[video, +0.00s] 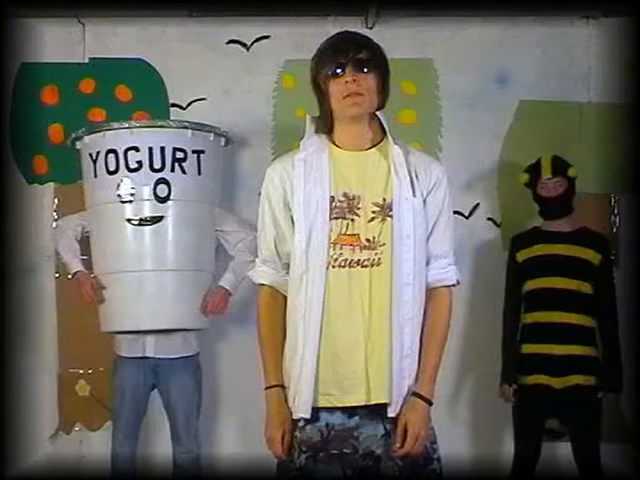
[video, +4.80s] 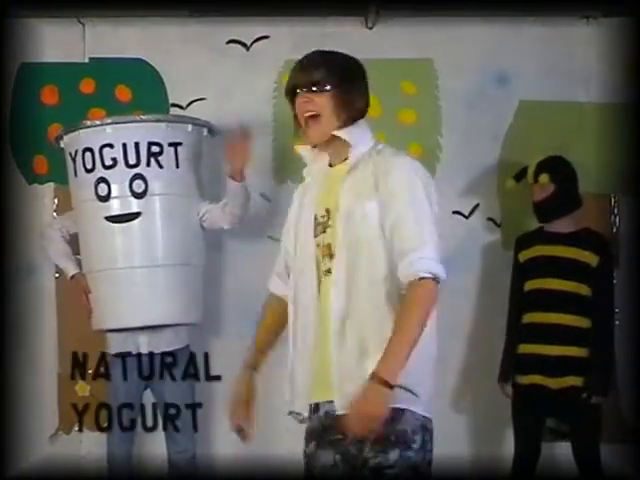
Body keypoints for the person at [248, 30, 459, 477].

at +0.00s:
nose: (352, 80)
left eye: (365, 68)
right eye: (337, 71)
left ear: (383, 83)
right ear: (321, 88)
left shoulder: (424, 173)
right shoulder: (285, 175)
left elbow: (440, 286)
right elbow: (272, 287)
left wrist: (422, 395)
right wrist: (275, 395)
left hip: (398, 412)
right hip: (314, 414)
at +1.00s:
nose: (283, 85)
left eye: (295, 71)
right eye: (268, 75)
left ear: (315, 84)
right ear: (253, 92)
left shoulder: (364, 167)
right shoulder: (230, 190)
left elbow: (394, 274)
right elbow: (231, 303)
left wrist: (385, 383)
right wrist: (250, 411)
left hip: (366, 408)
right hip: (284, 417)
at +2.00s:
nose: (338, 67)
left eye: (353, 52)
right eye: (323, 55)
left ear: (377, 67)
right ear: (307, 72)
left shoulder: (422, 169)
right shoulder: (269, 173)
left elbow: (435, 292)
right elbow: (251, 295)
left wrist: (440, 402)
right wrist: (259, 413)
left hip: (390, 421)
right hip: (297, 421)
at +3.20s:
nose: (284, 71)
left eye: (294, 54)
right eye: (286, 57)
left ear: (337, 54)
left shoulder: (430, 156)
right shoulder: (312, 157)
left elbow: (455, 306)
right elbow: (302, 286)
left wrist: (414, 432)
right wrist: (253, 359)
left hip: (387, 440)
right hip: (307, 428)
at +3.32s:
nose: (293, 78)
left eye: (298, 63)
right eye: (295, 64)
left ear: (323, 64)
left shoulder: (413, 147)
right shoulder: (319, 152)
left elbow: (445, 289)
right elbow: (308, 270)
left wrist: (413, 420)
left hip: (384, 432)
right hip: (312, 419)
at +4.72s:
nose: (292, 102)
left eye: (303, 89)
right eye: (291, 92)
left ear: (340, 95)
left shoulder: (387, 171)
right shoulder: (318, 185)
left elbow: (414, 280)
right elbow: (288, 270)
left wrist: (396, 396)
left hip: (380, 414)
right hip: (322, 410)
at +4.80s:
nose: (303, 102)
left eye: (316, 87)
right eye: (296, 93)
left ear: (351, 95)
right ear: (292, 107)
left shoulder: (397, 172)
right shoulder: (306, 191)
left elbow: (424, 284)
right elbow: (284, 291)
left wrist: (382, 383)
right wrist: (250, 368)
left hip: (391, 410)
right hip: (322, 412)